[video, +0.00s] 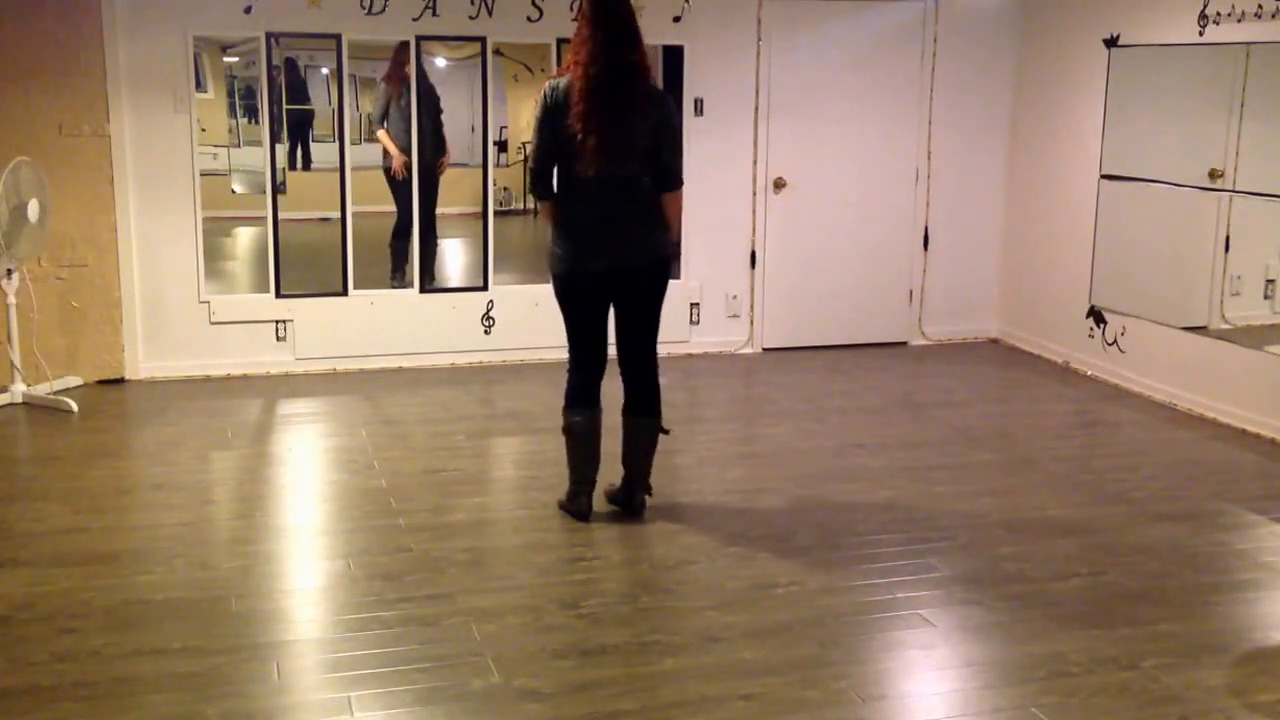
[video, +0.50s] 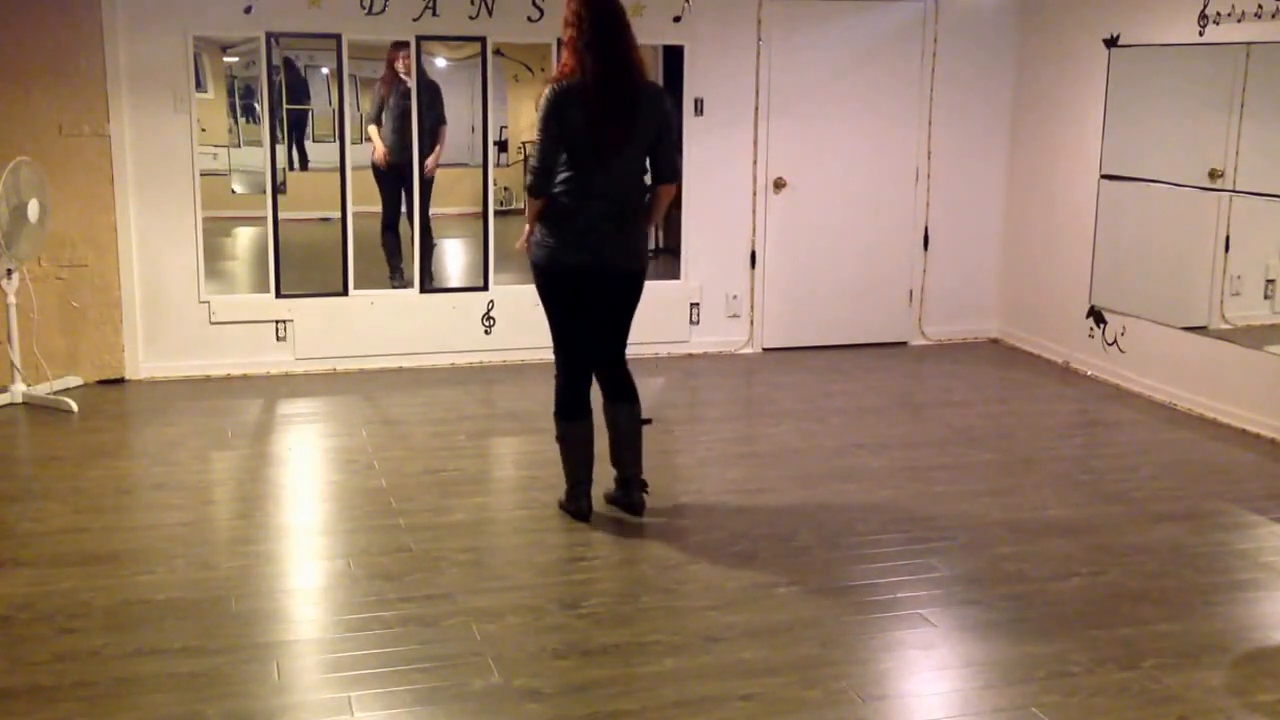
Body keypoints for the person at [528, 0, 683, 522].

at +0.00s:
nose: (576, 34)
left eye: (579, 26)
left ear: (580, 36)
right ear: (632, 38)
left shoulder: (558, 94)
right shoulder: (654, 98)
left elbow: (539, 178)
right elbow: (668, 182)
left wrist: (562, 227)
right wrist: (673, 240)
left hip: (578, 254)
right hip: (642, 253)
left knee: (584, 362)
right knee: (640, 363)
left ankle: (580, 491)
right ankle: (634, 487)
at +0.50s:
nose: (562, 38)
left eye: (566, 30)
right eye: (565, 28)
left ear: (576, 36)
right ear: (623, 34)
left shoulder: (562, 96)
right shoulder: (652, 96)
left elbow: (542, 176)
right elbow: (668, 176)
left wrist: (530, 224)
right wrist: (644, 225)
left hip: (561, 250)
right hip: (624, 251)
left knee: (572, 367)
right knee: (613, 360)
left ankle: (578, 492)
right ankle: (631, 482)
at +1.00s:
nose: (563, 40)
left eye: (567, 33)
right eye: (568, 31)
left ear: (574, 39)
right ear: (623, 37)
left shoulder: (569, 97)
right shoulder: (648, 95)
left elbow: (556, 178)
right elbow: (669, 170)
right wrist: (635, 201)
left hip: (569, 249)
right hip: (627, 250)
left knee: (577, 365)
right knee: (606, 358)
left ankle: (578, 493)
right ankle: (629, 482)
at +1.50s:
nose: (561, 43)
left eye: (565, 34)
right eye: (565, 33)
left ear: (575, 40)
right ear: (624, 35)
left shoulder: (568, 98)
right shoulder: (649, 90)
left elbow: (540, 179)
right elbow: (681, 155)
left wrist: (546, 153)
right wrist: (643, 183)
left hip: (585, 253)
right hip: (641, 252)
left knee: (584, 366)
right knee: (628, 358)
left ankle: (579, 492)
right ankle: (631, 483)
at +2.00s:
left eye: (572, 26)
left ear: (571, 35)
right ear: (624, 34)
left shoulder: (554, 95)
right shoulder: (649, 93)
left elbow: (528, 169)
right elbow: (678, 172)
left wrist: (563, 151)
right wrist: (641, 156)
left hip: (583, 256)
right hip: (647, 254)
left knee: (581, 364)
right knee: (639, 362)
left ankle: (579, 492)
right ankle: (632, 486)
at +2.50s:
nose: (570, 32)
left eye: (574, 24)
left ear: (574, 33)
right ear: (625, 34)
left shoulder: (554, 90)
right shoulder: (644, 94)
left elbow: (528, 165)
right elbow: (669, 179)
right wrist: (667, 164)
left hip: (571, 253)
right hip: (634, 254)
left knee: (580, 362)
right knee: (633, 362)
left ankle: (579, 492)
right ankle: (633, 487)